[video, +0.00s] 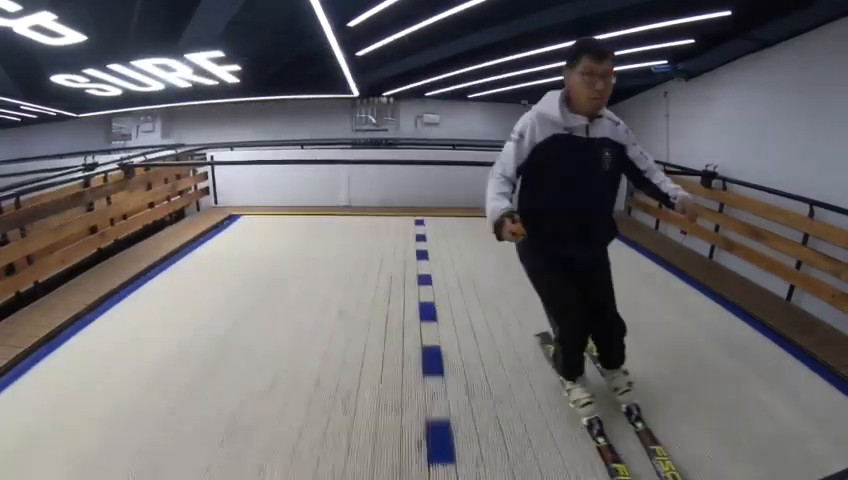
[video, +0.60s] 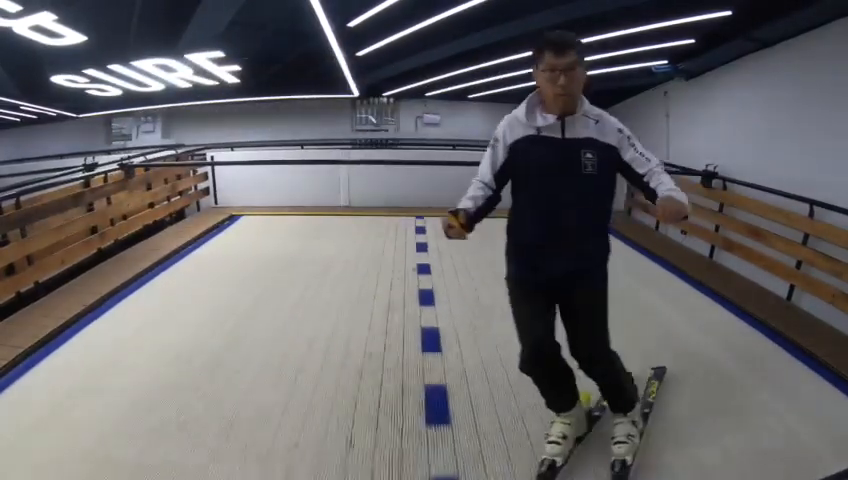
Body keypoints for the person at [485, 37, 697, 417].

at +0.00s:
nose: (599, 85)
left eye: (606, 77)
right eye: (590, 77)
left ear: (613, 81)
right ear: (567, 77)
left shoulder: (614, 129)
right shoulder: (538, 122)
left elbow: (645, 170)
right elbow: (503, 173)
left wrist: (677, 197)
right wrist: (502, 214)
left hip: (591, 240)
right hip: (543, 242)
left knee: (606, 315)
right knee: (570, 317)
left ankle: (613, 367)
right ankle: (571, 378)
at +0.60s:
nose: (561, 82)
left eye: (569, 71)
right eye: (551, 73)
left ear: (583, 73)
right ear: (535, 76)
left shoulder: (607, 129)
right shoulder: (513, 128)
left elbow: (650, 170)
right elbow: (486, 182)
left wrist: (672, 198)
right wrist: (464, 215)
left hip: (584, 261)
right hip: (527, 262)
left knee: (589, 350)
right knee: (535, 354)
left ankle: (626, 409)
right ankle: (569, 412)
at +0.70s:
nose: (529, 78)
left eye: (539, 68)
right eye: (520, 69)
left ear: (556, 73)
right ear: (508, 75)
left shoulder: (580, 128)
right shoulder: (486, 125)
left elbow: (624, 170)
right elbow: (460, 182)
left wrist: (641, 195)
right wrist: (431, 209)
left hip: (554, 259)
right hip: (498, 258)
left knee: (557, 354)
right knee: (499, 353)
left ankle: (597, 413)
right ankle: (538, 412)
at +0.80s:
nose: (491, 74)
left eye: (501, 65)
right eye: (483, 66)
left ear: (520, 69)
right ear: (474, 71)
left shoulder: (544, 124)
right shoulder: (453, 121)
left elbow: (589, 167)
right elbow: (429, 179)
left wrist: (602, 196)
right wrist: (396, 204)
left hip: (517, 256)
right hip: (462, 253)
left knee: (516, 352)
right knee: (456, 346)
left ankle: (561, 415)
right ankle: (497, 412)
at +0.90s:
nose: (449, 71)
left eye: (460, 62)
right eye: (441, 63)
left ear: (480, 66)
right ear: (434, 67)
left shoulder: (505, 120)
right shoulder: (416, 118)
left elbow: (549, 169)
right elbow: (393, 176)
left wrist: (552, 196)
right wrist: (357, 200)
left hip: (475, 251)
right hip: (423, 246)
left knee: (471, 348)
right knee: (408, 336)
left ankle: (522, 414)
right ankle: (449, 404)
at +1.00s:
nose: (406, 68)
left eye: (416, 59)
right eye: (398, 59)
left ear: (438, 64)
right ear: (390, 65)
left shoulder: (461, 119)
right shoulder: (377, 117)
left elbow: (505, 167)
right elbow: (351, 172)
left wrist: (505, 195)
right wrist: (312, 194)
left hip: (431, 247)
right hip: (381, 242)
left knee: (423, 341)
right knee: (363, 329)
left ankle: (475, 412)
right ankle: (402, 393)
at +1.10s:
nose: (359, 62)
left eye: (370, 53)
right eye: (353, 54)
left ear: (392, 59)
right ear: (347, 60)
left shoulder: (413, 113)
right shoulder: (332, 110)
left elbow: (453, 159)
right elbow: (308, 163)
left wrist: (456, 188)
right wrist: (268, 188)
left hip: (385, 238)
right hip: (337, 233)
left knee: (381, 330)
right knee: (322, 319)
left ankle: (431, 403)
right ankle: (356, 381)